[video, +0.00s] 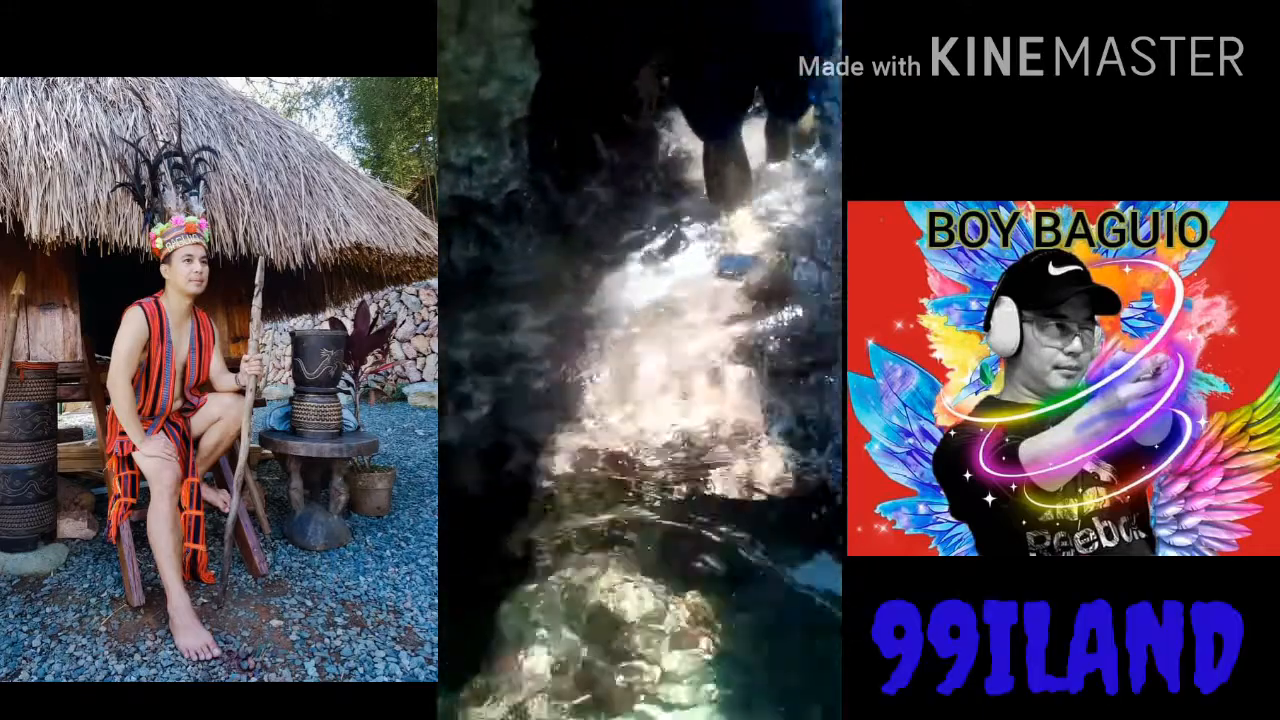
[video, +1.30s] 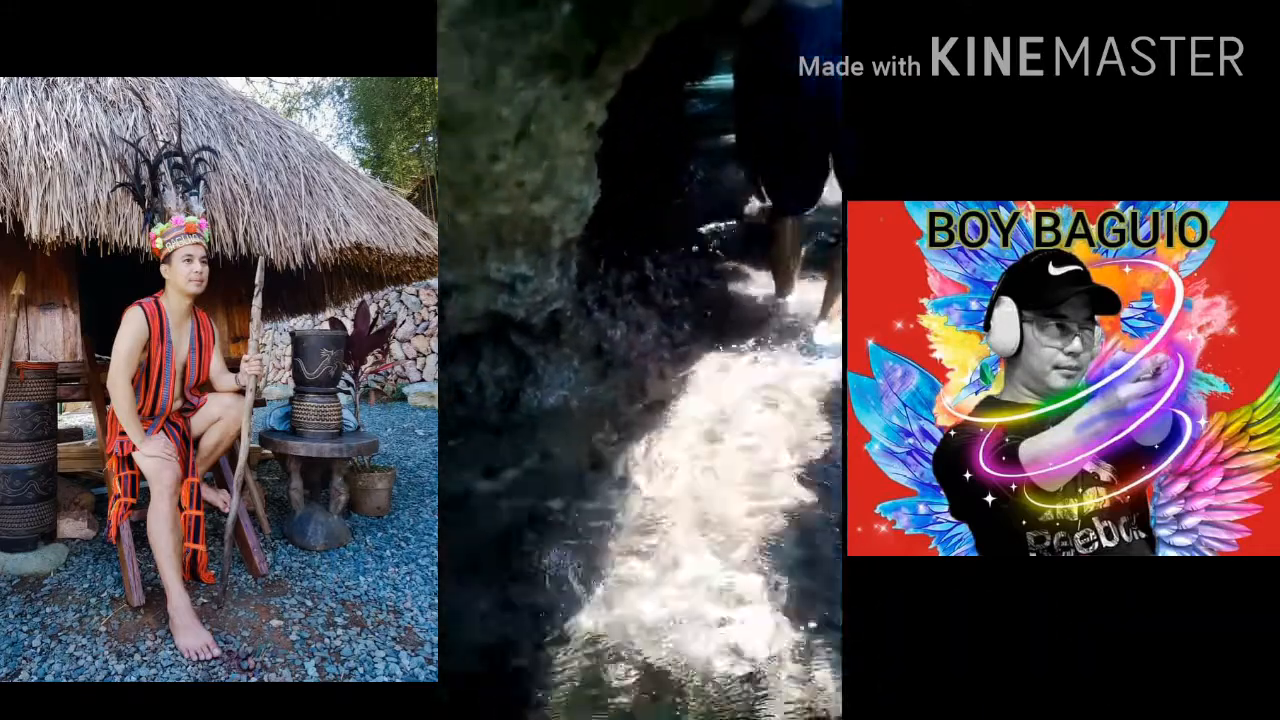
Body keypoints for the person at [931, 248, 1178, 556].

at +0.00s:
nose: (1076, 346)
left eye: (1086, 328)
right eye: (1055, 327)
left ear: (1097, 334)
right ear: (1007, 327)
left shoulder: (1113, 409)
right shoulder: (963, 446)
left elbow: (1155, 435)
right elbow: (1023, 472)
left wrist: (1148, 396)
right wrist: (1106, 412)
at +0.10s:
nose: (1076, 346)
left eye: (1086, 328)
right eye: (1055, 326)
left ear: (1097, 335)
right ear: (1007, 328)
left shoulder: (1113, 408)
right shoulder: (962, 446)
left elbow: (1156, 435)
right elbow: (1022, 471)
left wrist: (1147, 395)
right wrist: (1105, 413)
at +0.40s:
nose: (1076, 346)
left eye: (1086, 328)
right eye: (1055, 327)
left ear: (1097, 334)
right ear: (1007, 328)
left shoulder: (1113, 409)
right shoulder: (962, 445)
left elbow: (1155, 435)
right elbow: (1023, 472)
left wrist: (1149, 396)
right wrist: (1106, 412)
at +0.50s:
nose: (1076, 346)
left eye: (1086, 328)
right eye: (1055, 327)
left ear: (1097, 334)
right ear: (1007, 328)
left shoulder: (1114, 408)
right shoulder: (962, 446)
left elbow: (1155, 435)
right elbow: (1022, 472)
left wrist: (1149, 397)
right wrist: (1106, 412)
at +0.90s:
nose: (1076, 346)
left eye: (1086, 328)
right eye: (1055, 327)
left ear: (1097, 334)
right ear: (1007, 328)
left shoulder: (1114, 408)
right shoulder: (962, 446)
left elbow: (1156, 435)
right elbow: (1022, 472)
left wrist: (1149, 397)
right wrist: (1106, 412)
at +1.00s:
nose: (1076, 346)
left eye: (1086, 328)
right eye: (1055, 327)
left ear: (1097, 334)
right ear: (1007, 327)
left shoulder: (1113, 407)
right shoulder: (962, 445)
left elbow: (1155, 435)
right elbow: (1021, 471)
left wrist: (1148, 395)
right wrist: (1105, 413)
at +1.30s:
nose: (1076, 346)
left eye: (1086, 328)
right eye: (1055, 327)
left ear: (1097, 334)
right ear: (1007, 328)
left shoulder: (1113, 409)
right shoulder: (962, 445)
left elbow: (1155, 435)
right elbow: (1023, 472)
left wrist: (1149, 396)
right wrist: (1106, 412)